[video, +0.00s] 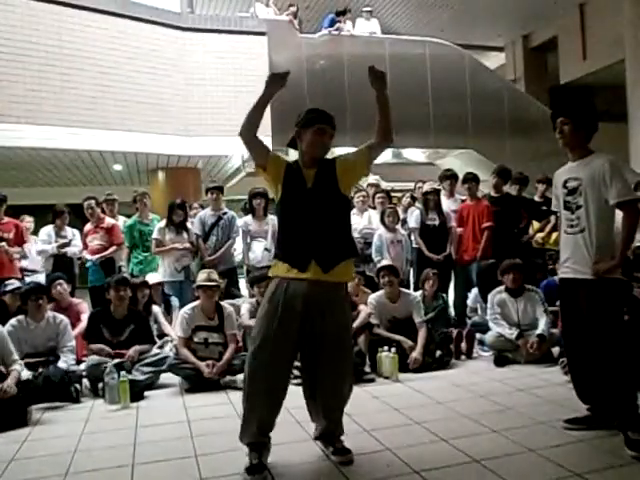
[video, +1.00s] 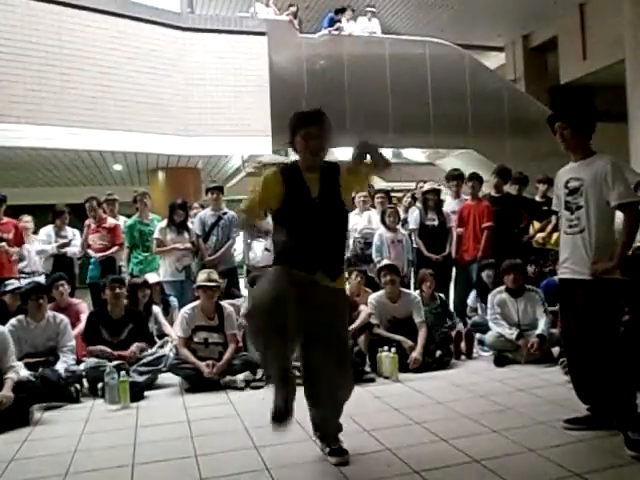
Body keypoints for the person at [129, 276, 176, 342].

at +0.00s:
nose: (144, 293)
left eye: (146, 289)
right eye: (140, 290)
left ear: (150, 291)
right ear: (135, 292)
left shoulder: (154, 309)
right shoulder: (131, 310)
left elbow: (164, 325)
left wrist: (176, 339)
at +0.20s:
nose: (145, 293)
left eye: (147, 289)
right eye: (141, 289)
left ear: (150, 291)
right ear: (136, 292)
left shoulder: (154, 309)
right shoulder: (130, 310)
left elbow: (165, 326)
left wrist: (176, 339)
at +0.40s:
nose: (145, 293)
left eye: (147, 290)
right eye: (141, 290)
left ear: (151, 292)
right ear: (136, 292)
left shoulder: (155, 310)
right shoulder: (130, 310)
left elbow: (165, 326)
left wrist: (176, 339)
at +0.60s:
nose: (145, 293)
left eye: (148, 289)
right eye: (142, 290)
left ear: (151, 292)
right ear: (135, 292)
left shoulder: (155, 310)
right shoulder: (129, 310)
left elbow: (165, 326)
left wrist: (175, 339)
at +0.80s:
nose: (145, 293)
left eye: (147, 289)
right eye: (141, 290)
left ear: (151, 291)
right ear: (134, 292)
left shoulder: (154, 310)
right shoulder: (128, 311)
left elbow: (165, 326)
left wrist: (175, 339)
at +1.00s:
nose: (145, 292)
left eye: (147, 288)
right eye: (141, 289)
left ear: (150, 291)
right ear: (134, 292)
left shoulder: (154, 310)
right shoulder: (127, 311)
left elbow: (165, 326)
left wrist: (176, 339)